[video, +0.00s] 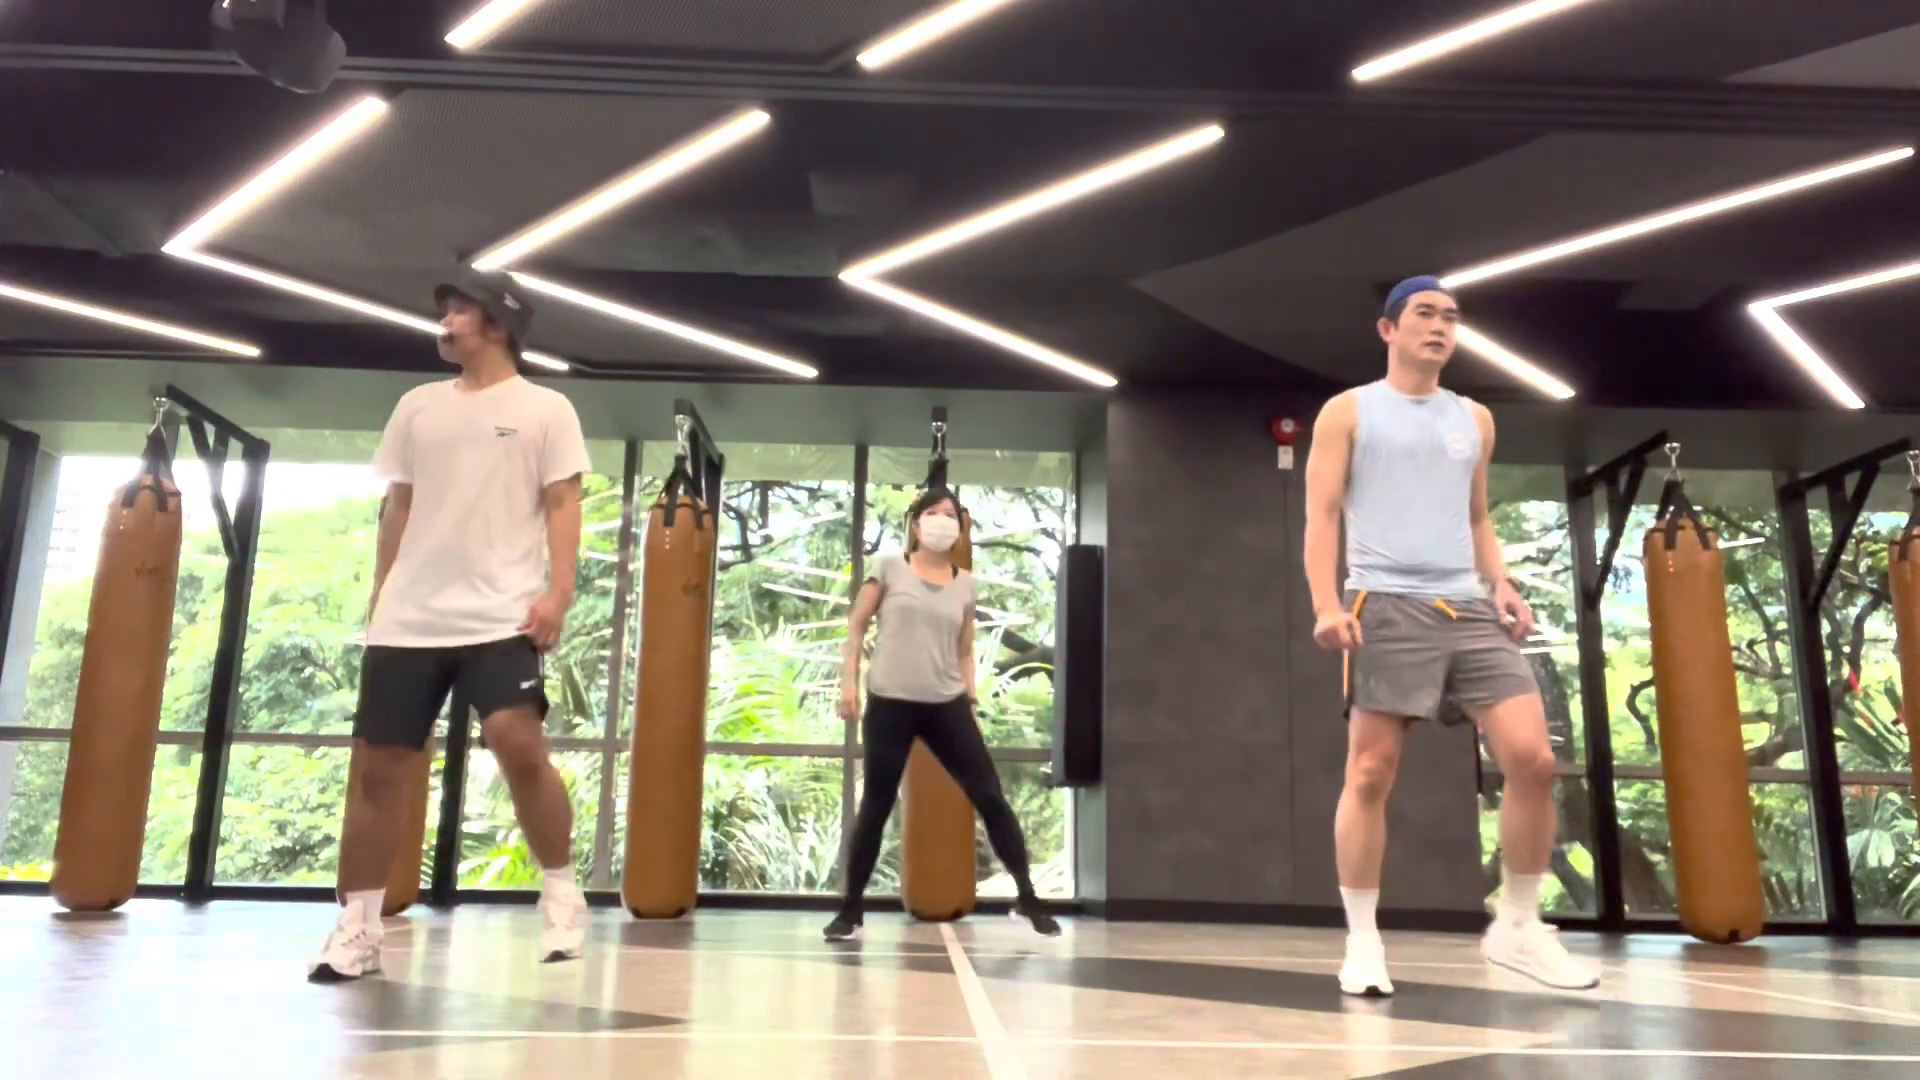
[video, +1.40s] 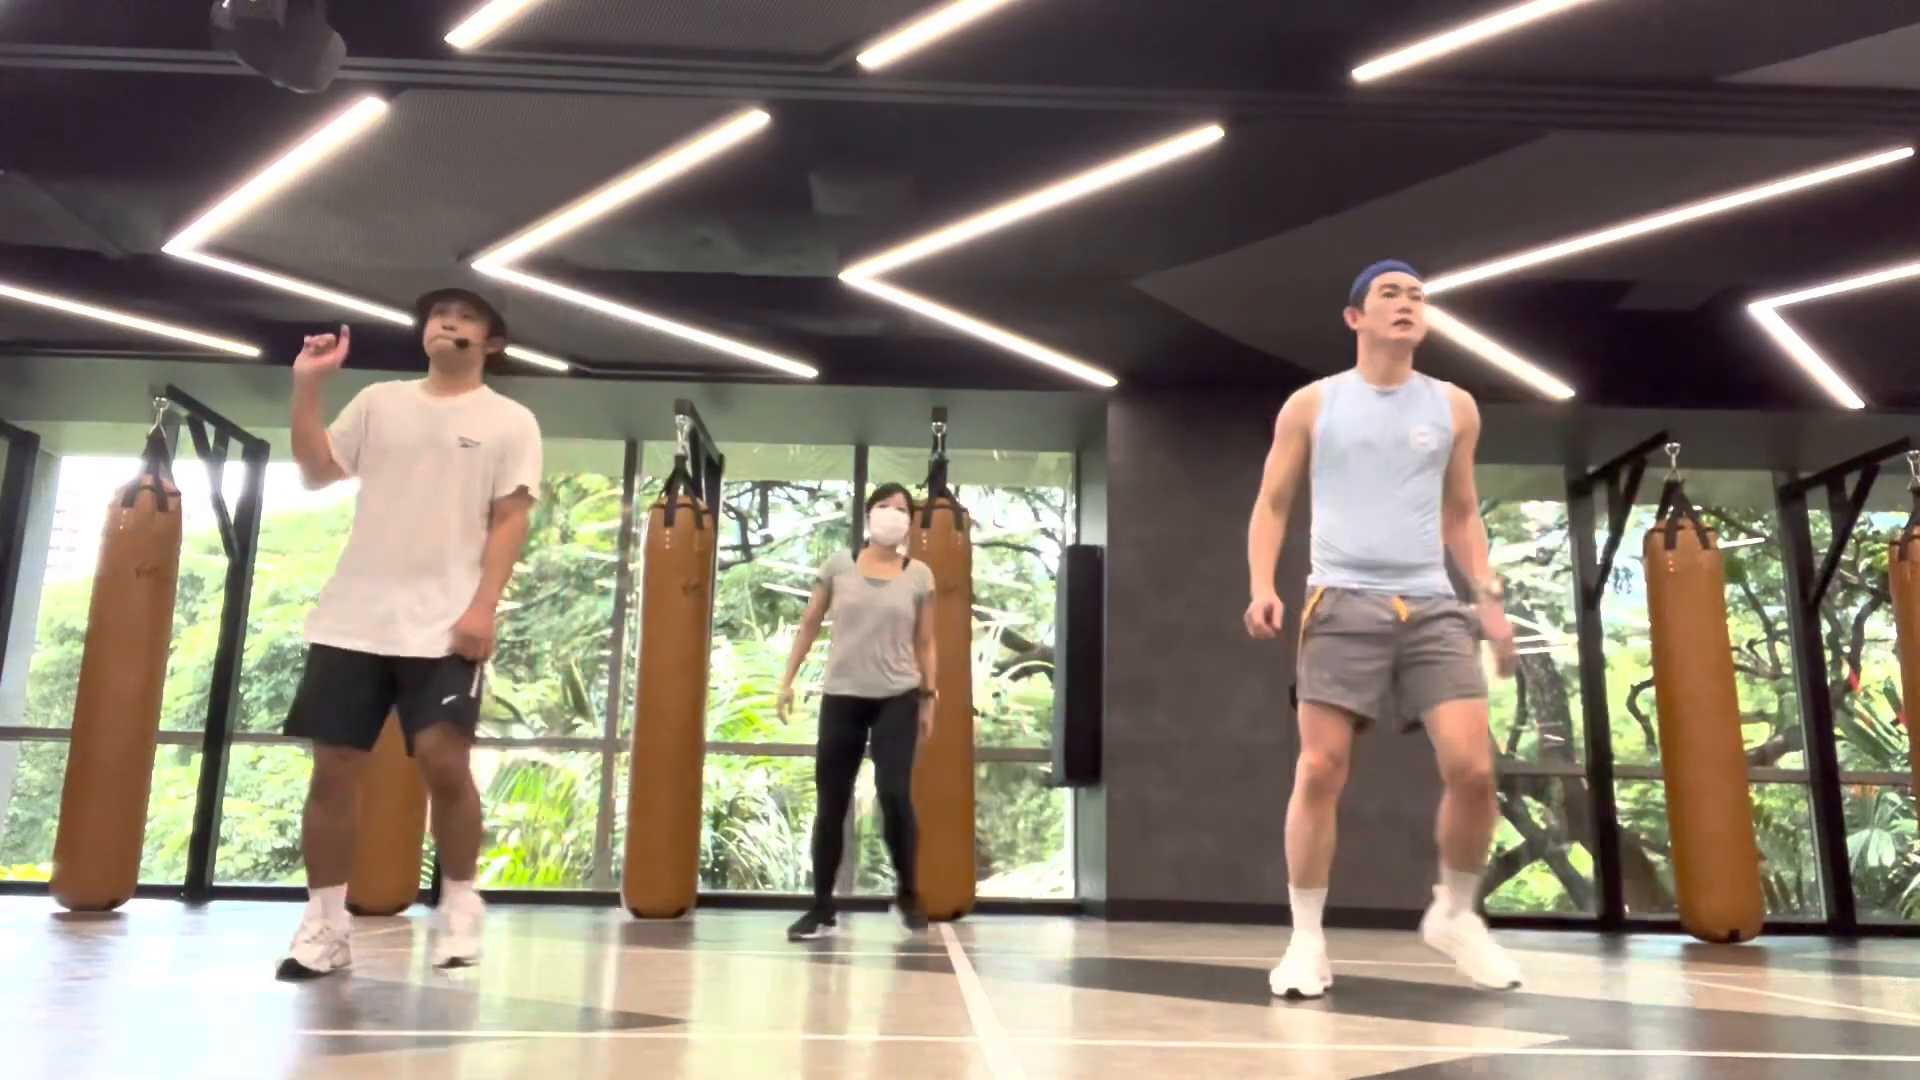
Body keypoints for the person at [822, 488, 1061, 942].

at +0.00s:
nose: (941, 521)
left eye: (950, 515)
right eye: (931, 514)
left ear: (960, 530)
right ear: (915, 526)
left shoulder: (964, 584)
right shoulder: (891, 566)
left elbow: (965, 648)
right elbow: (856, 623)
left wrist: (968, 698)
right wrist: (848, 683)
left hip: (946, 703)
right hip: (889, 703)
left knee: (990, 799)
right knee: (874, 807)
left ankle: (1027, 896)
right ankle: (850, 909)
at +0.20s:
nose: (984, 523)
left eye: (991, 518)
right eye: (974, 518)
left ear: (1001, 532)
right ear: (959, 532)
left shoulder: (1016, 589)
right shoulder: (939, 573)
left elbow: (1018, 650)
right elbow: (915, 638)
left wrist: (1022, 705)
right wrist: (902, 696)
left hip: (998, 713)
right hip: (941, 709)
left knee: (1022, 814)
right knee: (903, 811)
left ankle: (1039, 912)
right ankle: (854, 908)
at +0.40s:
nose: (1011, 515)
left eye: (1018, 509)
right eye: (1002, 509)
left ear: (1029, 523)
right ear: (986, 523)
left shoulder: (1045, 577)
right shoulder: (966, 565)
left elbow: (1059, 641)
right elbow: (943, 631)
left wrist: (1071, 698)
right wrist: (933, 688)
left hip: (1023, 702)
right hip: (968, 699)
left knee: (1032, 809)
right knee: (953, 799)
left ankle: (1040, 913)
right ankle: (925, 889)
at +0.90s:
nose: (983, 520)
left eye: (991, 514)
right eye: (973, 515)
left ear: (1003, 528)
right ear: (959, 530)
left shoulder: (1022, 573)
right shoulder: (942, 579)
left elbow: (1036, 634)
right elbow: (931, 646)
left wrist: (1034, 684)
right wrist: (924, 705)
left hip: (1007, 707)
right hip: (949, 704)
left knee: (1021, 810)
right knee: (903, 798)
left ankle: (1040, 913)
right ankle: (874, 892)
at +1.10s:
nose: (937, 532)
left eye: (946, 525)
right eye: (928, 524)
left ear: (959, 537)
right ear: (911, 534)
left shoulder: (970, 589)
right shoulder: (890, 587)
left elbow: (988, 651)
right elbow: (880, 654)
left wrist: (996, 697)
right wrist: (872, 707)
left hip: (951, 718)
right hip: (892, 717)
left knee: (989, 813)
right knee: (852, 814)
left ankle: (1037, 907)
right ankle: (823, 907)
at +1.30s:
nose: (903, 516)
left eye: (912, 511)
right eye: (894, 508)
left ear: (921, 528)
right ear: (876, 521)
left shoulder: (928, 576)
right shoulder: (848, 568)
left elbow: (940, 639)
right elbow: (826, 628)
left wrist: (951, 697)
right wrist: (807, 682)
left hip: (908, 701)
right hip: (850, 700)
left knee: (933, 798)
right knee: (834, 805)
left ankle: (972, 893)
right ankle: (822, 907)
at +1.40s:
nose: (892, 516)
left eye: (901, 510)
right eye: (884, 508)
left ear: (910, 524)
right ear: (867, 518)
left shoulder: (919, 576)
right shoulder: (839, 565)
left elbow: (926, 641)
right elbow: (809, 625)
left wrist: (929, 695)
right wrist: (788, 679)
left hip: (898, 696)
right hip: (842, 695)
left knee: (894, 793)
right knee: (831, 803)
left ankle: (908, 894)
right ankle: (822, 904)